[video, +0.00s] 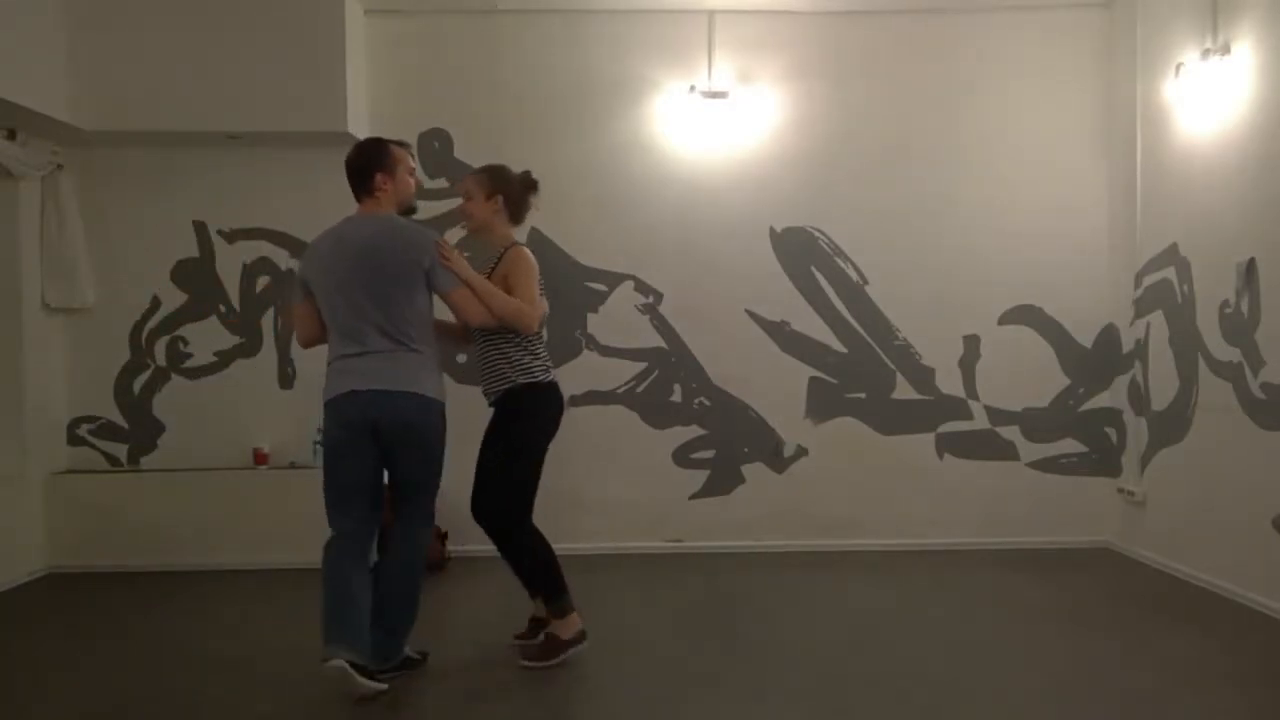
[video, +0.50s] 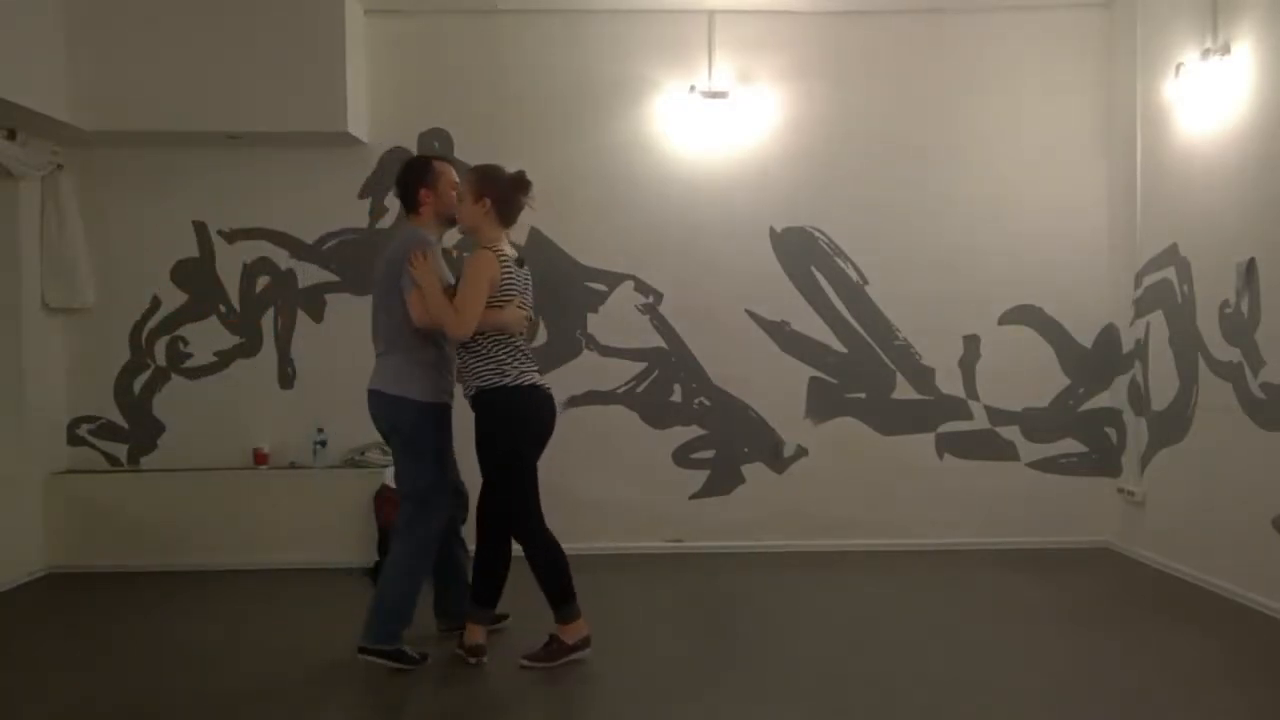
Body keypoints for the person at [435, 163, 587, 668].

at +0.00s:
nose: (461, 208)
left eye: (467, 199)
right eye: (461, 199)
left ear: (495, 203)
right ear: (488, 205)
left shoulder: (517, 257)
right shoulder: (490, 267)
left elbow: (529, 318)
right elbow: (471, 332)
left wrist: (466, 273)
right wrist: (417, 318)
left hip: (532, 398)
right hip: (512, 400)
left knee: (505, 510)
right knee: (489, 507)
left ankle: (567, 620)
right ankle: (548, 608)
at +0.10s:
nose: (465, 208)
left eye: (472, 199)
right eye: (467, 200)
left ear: (500, 205)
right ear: (495, 206)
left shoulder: (520, 257)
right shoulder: (497, 266)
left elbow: (525, 318)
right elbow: (484, 337)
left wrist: (467, 274)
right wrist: (428, 335)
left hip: (538, 402)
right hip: (521, 403)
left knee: (530, 519)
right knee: (472, 498)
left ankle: (574, 628)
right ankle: (523, 592)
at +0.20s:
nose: (468, 205)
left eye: (475, 197)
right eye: (470, 197)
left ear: (500, 203)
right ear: (504, 205)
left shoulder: (517, 252)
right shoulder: (504, 262)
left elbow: (511, 313)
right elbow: (500, 336)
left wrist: (456, 264)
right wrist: (442, 342)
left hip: (538, 399)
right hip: (526, 400)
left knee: (543, 520)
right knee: (472, 490)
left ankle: (575, 629)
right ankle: (501, 594)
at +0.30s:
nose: (466, 201)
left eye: (473, 194)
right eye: (469, 193)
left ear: (497, 200)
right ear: (504, 202)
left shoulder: (507, 247)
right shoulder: (504, 255)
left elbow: (499, 310)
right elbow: (500, 338)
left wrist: (450, 262)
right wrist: (441, 345)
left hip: (531, 397)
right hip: (525, 396)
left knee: (549, 517)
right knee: (481, 498)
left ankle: (575, 627)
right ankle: (481, 612)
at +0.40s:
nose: (461, 205)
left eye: (468, 198)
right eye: (464, 197)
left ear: (492, 204)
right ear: (500, 206)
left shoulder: (498, 254)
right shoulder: (510, 257)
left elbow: (483, 317)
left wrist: (443, 273)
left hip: (519, 402)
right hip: (527, 399)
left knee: (539, 517)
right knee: (492, 511)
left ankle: (574, 628)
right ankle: (475, 626)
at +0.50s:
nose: (455, 206)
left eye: (460, 199)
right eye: (457, 197)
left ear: (482, 205)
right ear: (496, 208)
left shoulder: (484, 256)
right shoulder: (511, 258)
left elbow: (460, 325)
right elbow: (476, 323)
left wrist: (429, 285)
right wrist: (440, 297)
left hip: (504, 404)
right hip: (526, 401)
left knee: (523, 518)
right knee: (491, 516)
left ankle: (572, 627)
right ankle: (475, 631)